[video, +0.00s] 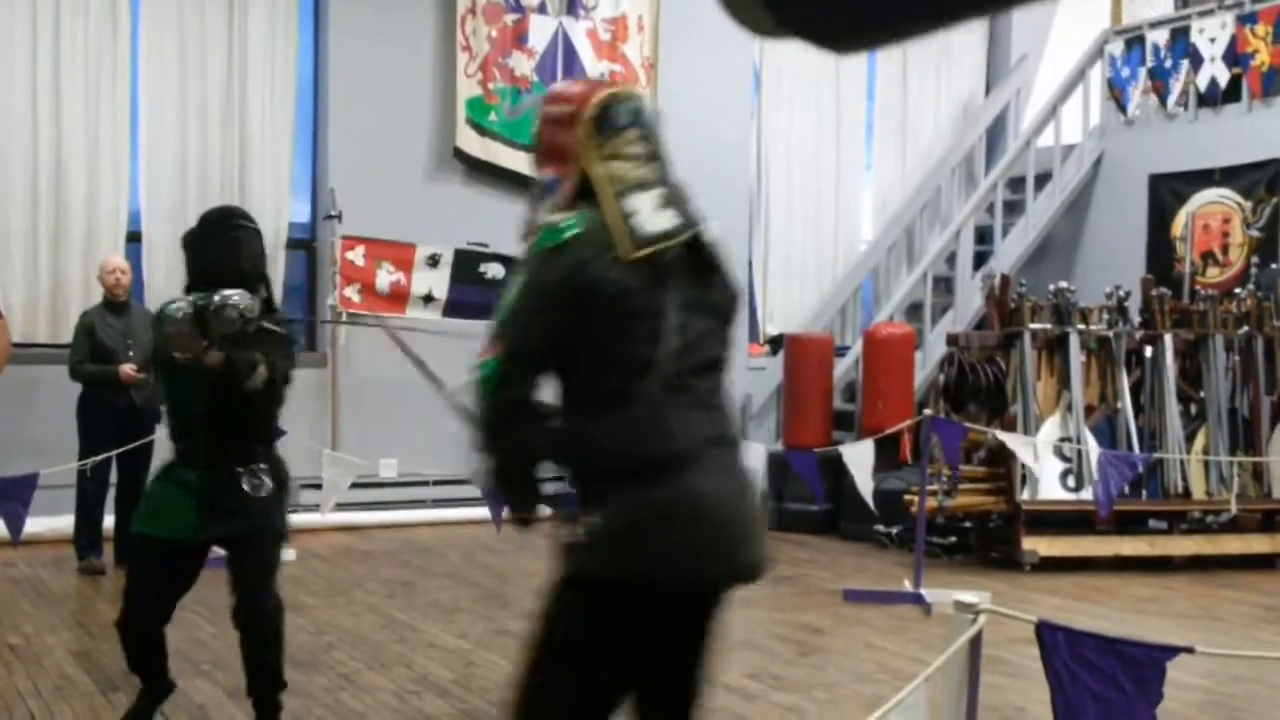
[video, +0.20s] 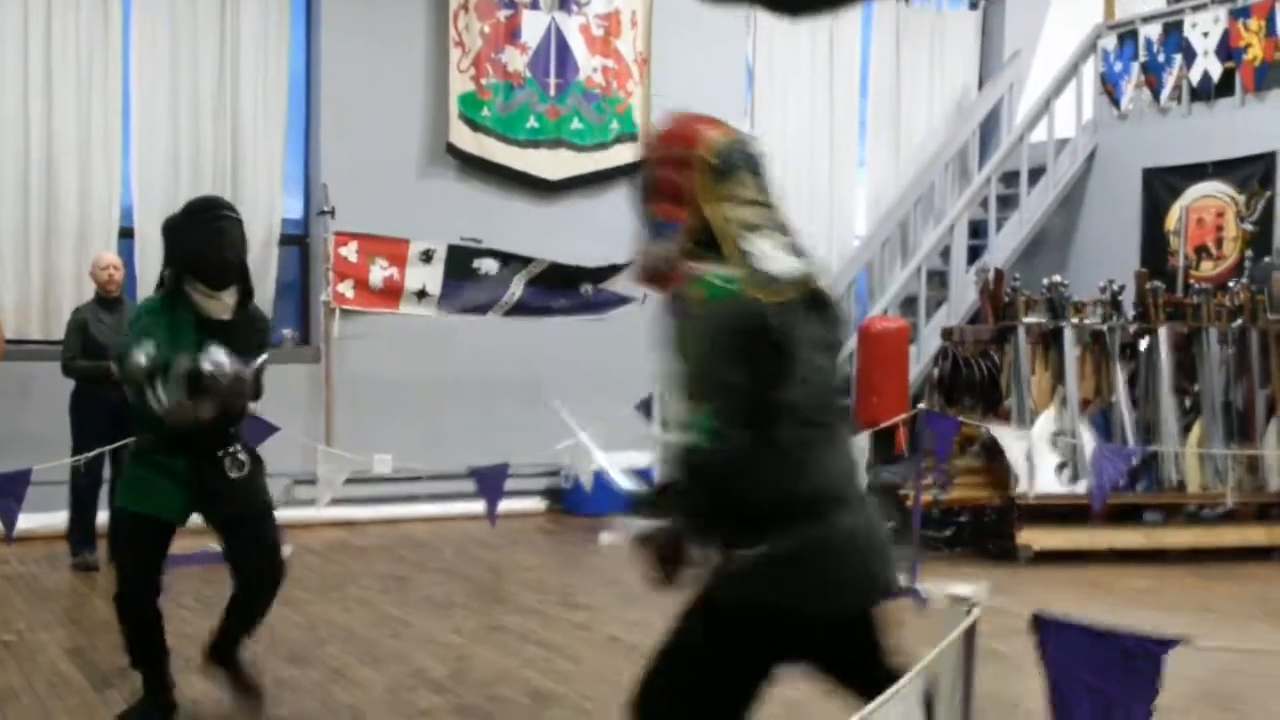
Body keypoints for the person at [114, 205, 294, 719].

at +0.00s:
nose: (220, 279)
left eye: (229, 267)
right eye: (209, 265)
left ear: (249, 268)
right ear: (196, 268)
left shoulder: (270, 337)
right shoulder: (177, 323)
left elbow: (263, 393)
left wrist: (225, 357)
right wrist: (189, 341)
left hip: (254, 480)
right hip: (187, 481)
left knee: (257, 605)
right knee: (140, 609)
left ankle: (267, 708)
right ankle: (155, 684)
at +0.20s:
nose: (223, 273)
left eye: (231, 261)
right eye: (211, 262)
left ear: (241, 260)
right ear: (183, 261)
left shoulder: (248, 322)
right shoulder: (155, 316)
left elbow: (253, 387)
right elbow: (136, 374)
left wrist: (232, 385)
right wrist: (169, 385)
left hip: (224, 458)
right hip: (156, 460)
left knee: (264, 569)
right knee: (134, 589)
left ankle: (224, 650)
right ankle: (157, 693)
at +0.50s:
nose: (229, 269)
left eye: (229, 259)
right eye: (220, 260)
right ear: (199, 268)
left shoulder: (237, 330)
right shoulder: (160, 333)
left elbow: (254, 397)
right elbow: (175, 412)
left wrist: (258, 447)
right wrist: (233, 453)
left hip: (216, 466)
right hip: (164, 465)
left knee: (212, 548)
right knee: (163, 564)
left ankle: (179, 626)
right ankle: (155, 671)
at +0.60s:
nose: (246, 262)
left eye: (244, 253)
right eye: (237, 254)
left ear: (209, 264)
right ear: (212, 263)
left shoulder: (232, 323)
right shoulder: (179, 331)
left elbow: (236, 394)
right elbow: (204, 413)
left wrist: (257, 447)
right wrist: (255, 455)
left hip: (213, 452)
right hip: (171, 455)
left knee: (215, 548)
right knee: (186, 549)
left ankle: (175, 628)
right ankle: (176, 664)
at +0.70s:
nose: (255, 258)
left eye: (255, 248)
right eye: (247, 249)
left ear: (214, 256)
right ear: (223, 256)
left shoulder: (229, 311)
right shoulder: (195, 318)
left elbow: (228, 390)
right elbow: (217, 395)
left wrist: (246, 444)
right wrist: (250, 443)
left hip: (204, 441)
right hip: (173, 441)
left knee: (199, 534)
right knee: (213, 529)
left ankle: (162, 632)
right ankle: (210, 645)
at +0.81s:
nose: (263, 249)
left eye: (261, 239)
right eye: (255, 240)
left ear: (219, 251)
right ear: (230, 249)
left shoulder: (224, 305)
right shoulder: (205, 315)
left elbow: (224, 386)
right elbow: (220, 396)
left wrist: (238, 439)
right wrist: (240, 443)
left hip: (189, 442)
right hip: (178, 444)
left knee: (172, 540)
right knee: (232, 530)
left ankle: (149, 631)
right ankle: (233, 640)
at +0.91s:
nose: (260, 261)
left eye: (260, 250)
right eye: (253, 251)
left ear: (213, 257)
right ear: (230, 257)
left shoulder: (194, 303)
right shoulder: (217, 321)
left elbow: (214, 390)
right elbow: (231, 403)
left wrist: (238, 443)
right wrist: (244, 450)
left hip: (168, 446)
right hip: (192, 452)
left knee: (160, 541)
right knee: (245, 535)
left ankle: (134, 631)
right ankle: (230, 640)